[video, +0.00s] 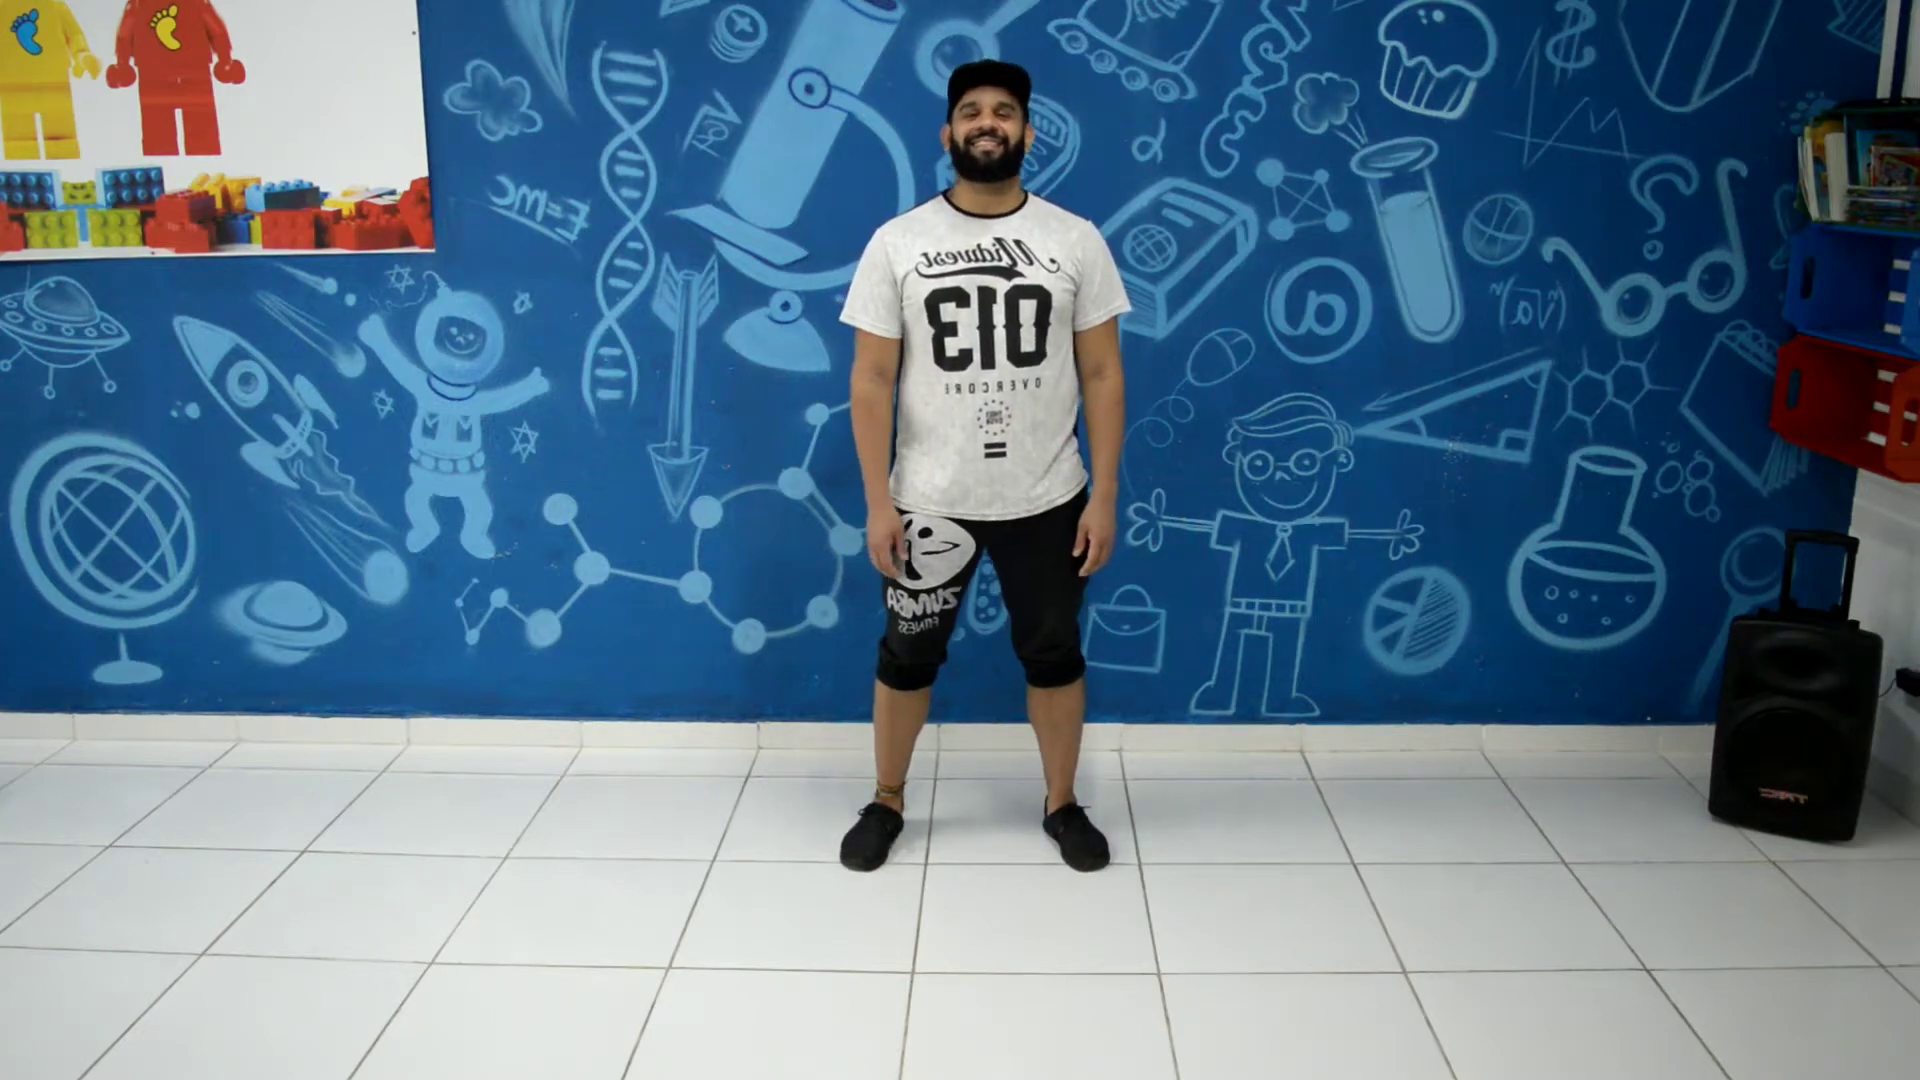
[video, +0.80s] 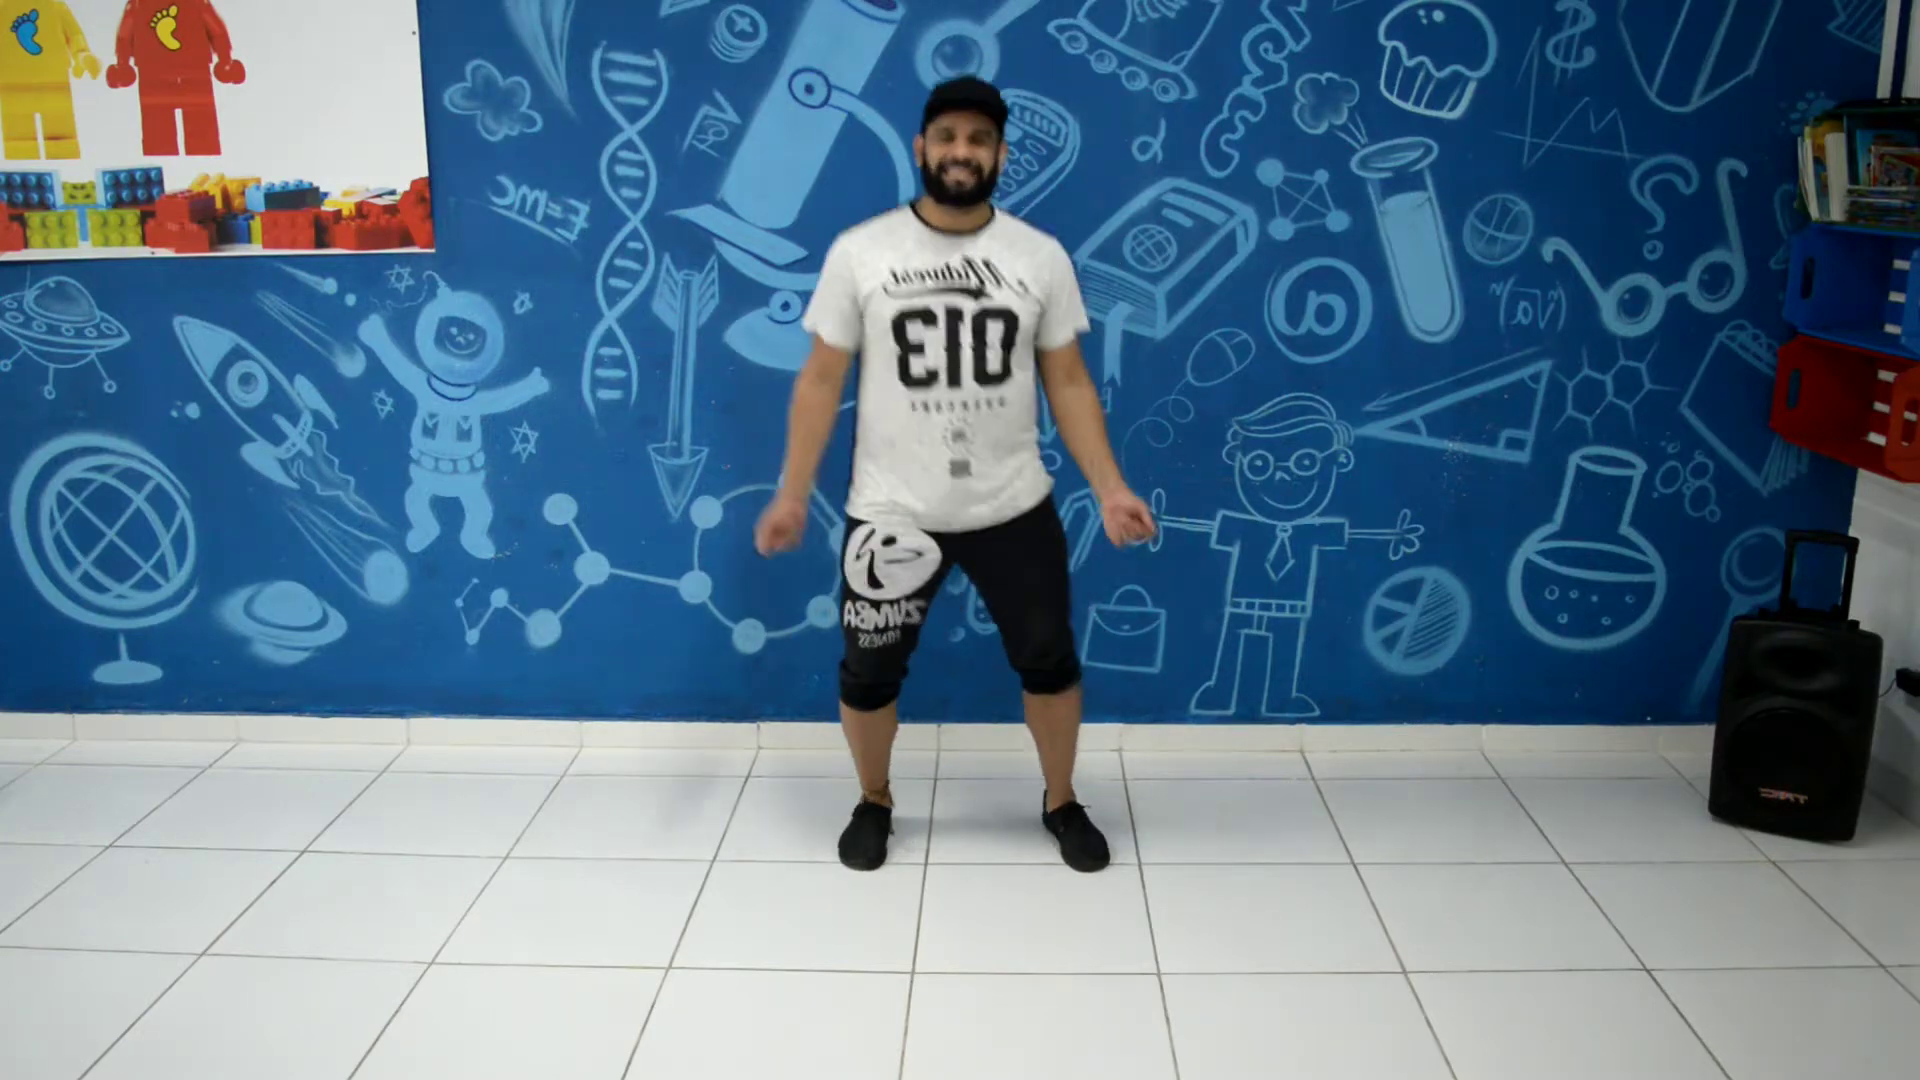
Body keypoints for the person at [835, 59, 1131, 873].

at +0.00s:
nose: (986, 126)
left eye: (1003, 115)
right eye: (971, 115)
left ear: (1026, 135)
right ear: (949, 135)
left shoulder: (1077, 242)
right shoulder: (898, 245)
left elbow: (1101, 373)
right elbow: (872, 378)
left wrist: (1105, 495)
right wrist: (878, 498)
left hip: (1045, 497)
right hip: (932, 498)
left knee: (1056, 657)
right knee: (907, 656)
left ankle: (1063, 805)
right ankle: (885, 802)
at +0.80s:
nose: (961, 152)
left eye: (978, 140)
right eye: (946, 137)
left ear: (1000, 156)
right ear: (921, 147)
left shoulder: (1040, 260)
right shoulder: (860, 255)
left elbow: (1070, 383)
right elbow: (822, 379)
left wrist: (1110, 488)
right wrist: (793, 493)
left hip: (1011, 504)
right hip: (894, 505)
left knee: (1050, 661)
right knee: (869, 670)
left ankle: (1062, 803)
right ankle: (873, 803)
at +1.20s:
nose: (922, 149)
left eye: (935, 131)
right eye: (906, 139)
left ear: (972, 132)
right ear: (894, 154)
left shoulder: (1038, 244)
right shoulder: (865, 238)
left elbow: (1101, 355)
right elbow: (788, 303)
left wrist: (1105, 449)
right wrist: (686, 307)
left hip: (996, 496)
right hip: (884, 492)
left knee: (1010, 670)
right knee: (870, 658)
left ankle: (982, 753)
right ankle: (872, 800)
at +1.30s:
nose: (911, 148)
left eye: (925, 130)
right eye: (901, 136)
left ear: (971, 125)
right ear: (894, 141)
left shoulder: (1044, 230)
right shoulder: (880, 228)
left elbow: (1115, 349)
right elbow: (816, 306)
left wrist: (1106, 475)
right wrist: (739, 290)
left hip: (1006, 487)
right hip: (897, 481)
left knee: (1029, 660)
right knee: (878, 647)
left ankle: (1051, 752)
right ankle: (884, 800)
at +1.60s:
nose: (970, 168)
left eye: (989, 152)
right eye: (961, 154)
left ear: (1034, 156)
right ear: (950, 164)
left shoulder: (1086, 253)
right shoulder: (940, 262)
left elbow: (1146, 372)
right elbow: (895, 371)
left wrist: (1150, 497)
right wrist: (927, 367)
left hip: (1061, 503)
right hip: (960, 496)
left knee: (1085, 662)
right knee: (907, 642)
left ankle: (1142, 800)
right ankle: (893, 804)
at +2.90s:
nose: (932, 130)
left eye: (947, 118)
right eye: (917, 120)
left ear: (974, 135)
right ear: (897, 140)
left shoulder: (1028, 236)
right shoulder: (857, 235)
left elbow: (1076, 356)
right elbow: (809, 338)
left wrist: (1056, 474)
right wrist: (761, 426)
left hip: (989, 481)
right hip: (881, 477)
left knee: (1004, 654)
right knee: (859, 637)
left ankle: (971, 738)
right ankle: (854, 777)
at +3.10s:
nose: (966, 167)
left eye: (984, 157)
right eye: (954, 156)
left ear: (1012, 176)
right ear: (935, 176)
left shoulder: (1061, 277)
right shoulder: (901, 282)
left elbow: (1119, 395)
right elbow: (862, 399)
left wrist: (1145, 515)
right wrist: (902, 465)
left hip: (1027, 516)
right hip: (921, 510)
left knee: (1070, 672)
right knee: (855, 646)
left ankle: (1122, 793)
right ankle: (870, 785)